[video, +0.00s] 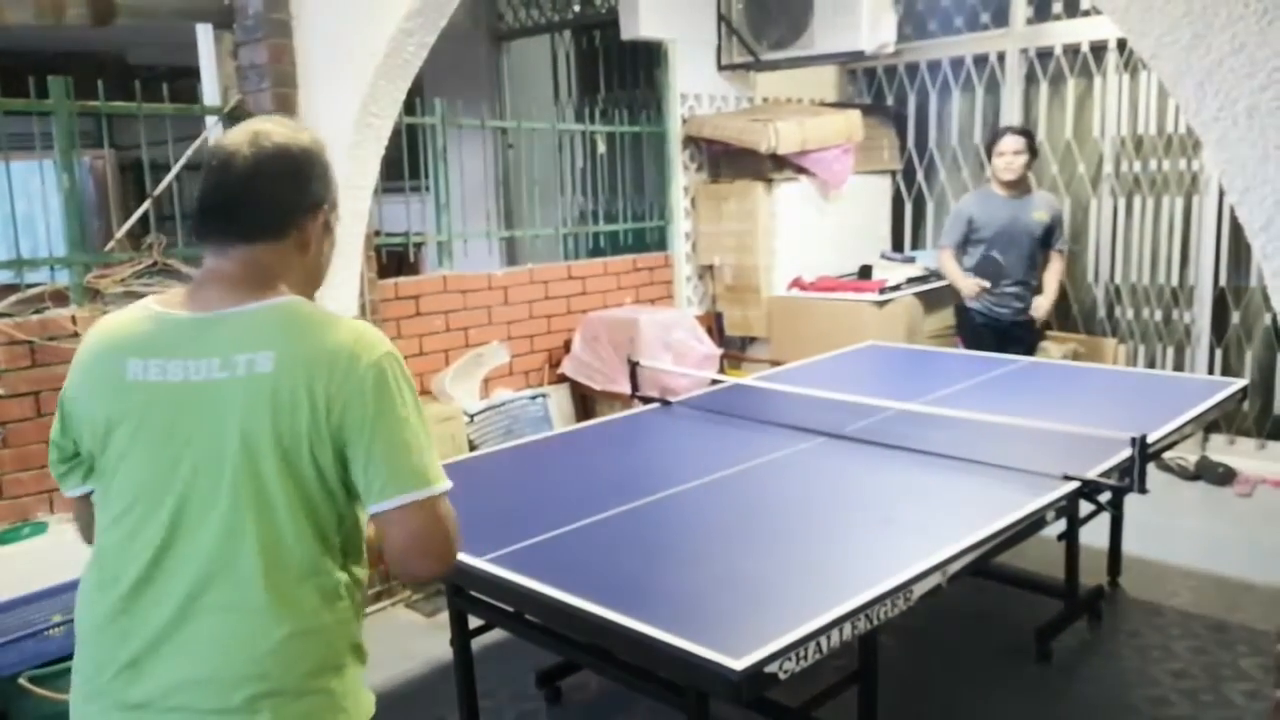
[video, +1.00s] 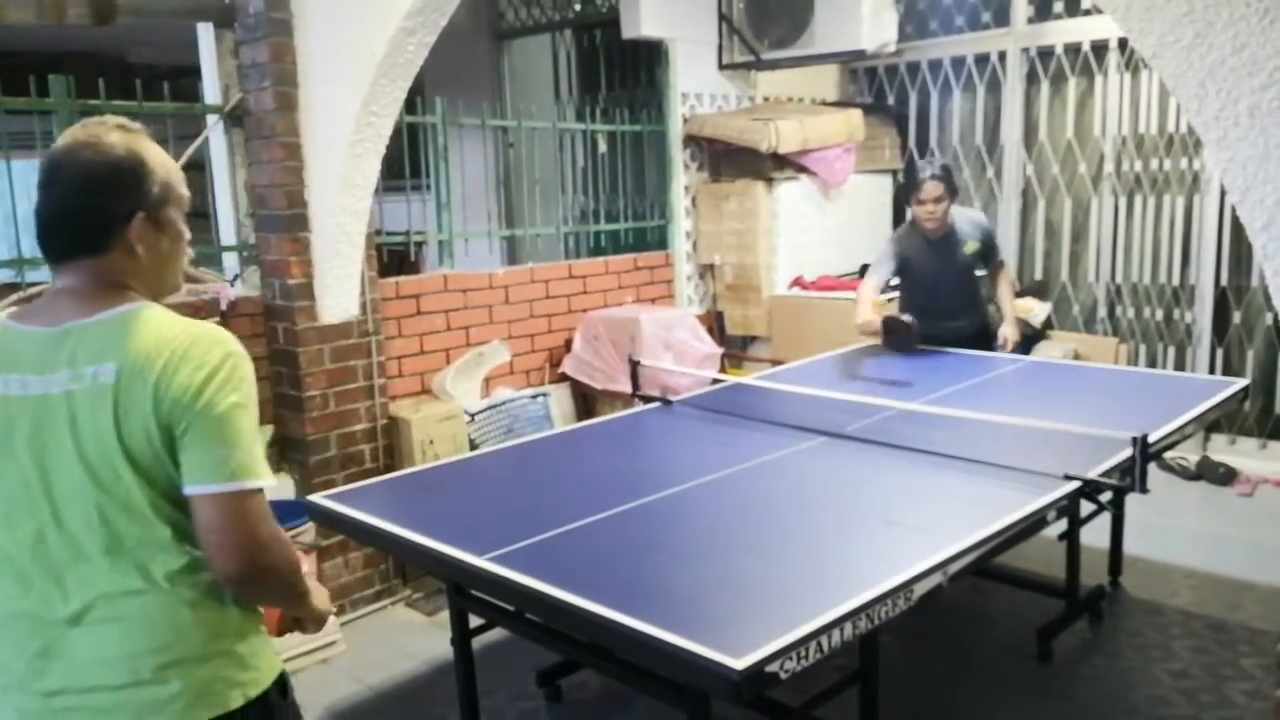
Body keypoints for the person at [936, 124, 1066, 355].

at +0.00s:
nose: (1008, 161)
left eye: (1017, 153)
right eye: (1000, 154)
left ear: (1030, 159)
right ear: (990, 160)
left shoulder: (1047, 207)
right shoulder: (970, 204)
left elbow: (1056, 255)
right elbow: (945, 253)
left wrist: (1047, 298)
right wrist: (962, 282)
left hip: (1023, 317)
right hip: (978, 315)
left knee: (1016, 386)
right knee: (983, 386)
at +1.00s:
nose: (930, 210)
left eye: (938, 201)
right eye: (921, 203)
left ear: (951, 200)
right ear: (909, 204)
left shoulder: (975, 227)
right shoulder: (900, 242)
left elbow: (998, 270)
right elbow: (871, 283)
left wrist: (1009, 321)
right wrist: (866, 318)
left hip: (974, 341)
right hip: (923, 344)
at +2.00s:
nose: (954, 191)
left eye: (962, 182)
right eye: (945, 182)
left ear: (977, 182)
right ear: (935, 183)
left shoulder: (1002, 220)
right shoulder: (919, 226)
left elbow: (1021, 260)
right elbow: (877, 267)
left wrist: (1012, 295)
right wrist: (884, 299)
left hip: (985, 333)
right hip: (935, 332)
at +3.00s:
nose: (930, 187)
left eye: (938, 179)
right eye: (921, 180)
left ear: (954, 180)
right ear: (911, 184)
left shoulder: (981, 223)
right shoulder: (899, 228)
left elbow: (1000, 272)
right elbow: (859, 268)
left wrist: (1002, 319)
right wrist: (836, 303)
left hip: (973, 344)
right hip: (920, 343)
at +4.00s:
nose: (948, 254)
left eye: (960, 247)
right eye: (942, 244)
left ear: (980, 243)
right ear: (933, 238)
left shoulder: (1003, 258)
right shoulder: (921, 262)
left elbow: (1009, 328)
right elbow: (878, 297)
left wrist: (976, 366)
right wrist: (834, 326)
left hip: (990, 358)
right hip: (937, 357)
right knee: (932, 431)